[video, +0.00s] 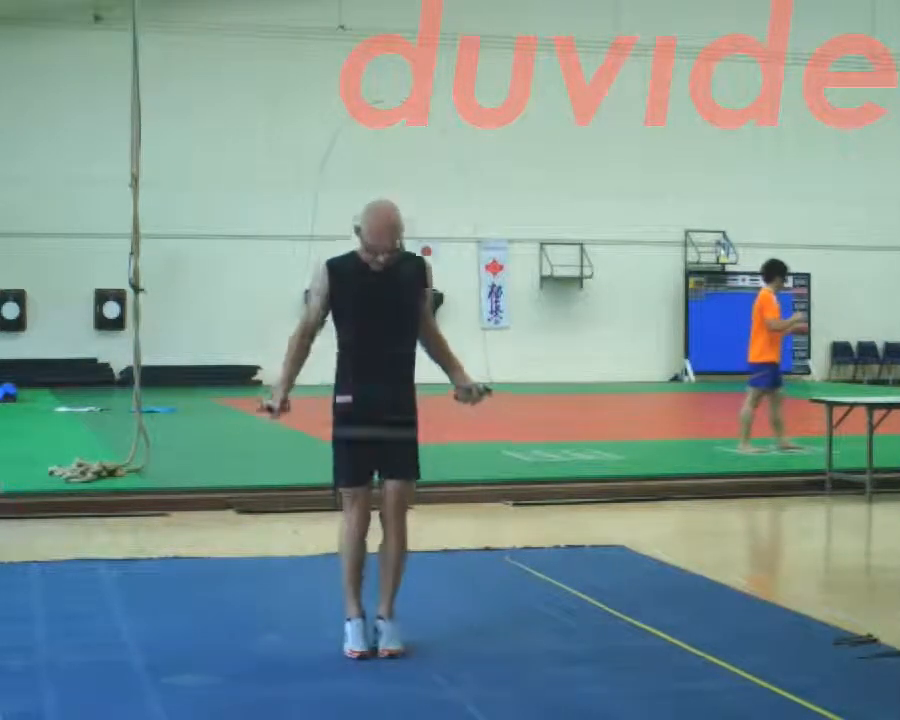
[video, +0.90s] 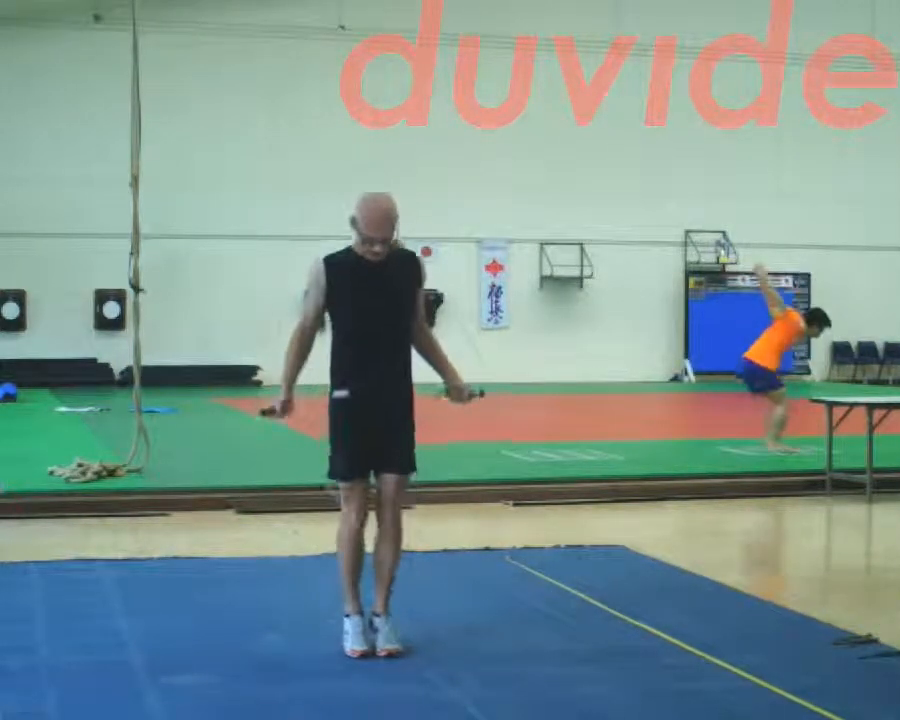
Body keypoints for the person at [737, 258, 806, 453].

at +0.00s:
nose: (784, 282)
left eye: (784, 278)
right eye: (783, 278)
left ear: (769, 277)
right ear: (776, 277)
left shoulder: (771, 297)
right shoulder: (766, 296)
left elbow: (774, 326)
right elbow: (771, 324)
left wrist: (794, 327)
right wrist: (794, 320)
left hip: (771, 358)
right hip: (762, 358)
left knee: (776, 399)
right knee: (752, 401)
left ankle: (782, 440)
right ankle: (744, 442)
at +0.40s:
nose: (793, 284)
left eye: (793, 279)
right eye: (792, 280)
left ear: (775, 278)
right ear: (786, 280)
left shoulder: (767, 297)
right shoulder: (779, 298)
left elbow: (787, 324)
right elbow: (798, 323)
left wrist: (806, 338)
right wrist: (820, 338)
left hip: (763, 356)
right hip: (768, 358)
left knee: (778, 398)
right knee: (759, 400)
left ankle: (778, 439)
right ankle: (746, 442)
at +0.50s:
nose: (801, 286)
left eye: (801, 281)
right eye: (800, 281)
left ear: (783, 280)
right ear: (793, 281)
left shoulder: (771, 299)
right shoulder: (785, 302)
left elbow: (767, 331)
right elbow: (794, 333)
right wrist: (804, 359)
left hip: (766, 357)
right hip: (773, 359)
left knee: (783, 398)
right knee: (763, 399)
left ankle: (778, 439)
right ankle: (748, 441)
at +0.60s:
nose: (810, 286)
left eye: (811, 282)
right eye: (810, 282)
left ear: (795, 279)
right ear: (803, 280)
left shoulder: (782, 294)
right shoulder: (790, 296)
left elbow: (757, 305)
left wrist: (730, 308)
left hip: (773, 351)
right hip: (773, 352)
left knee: (781, 395)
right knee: (769, 394)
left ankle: (778, 437)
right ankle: (752, 440)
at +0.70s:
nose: (816, 292)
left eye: (818, 289)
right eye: (817, 287)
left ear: (804, 281)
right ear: (810, 284)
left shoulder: (783, 291)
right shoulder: (795, 292)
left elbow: (758, 286)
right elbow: (773, 282)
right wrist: (747, 273)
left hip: (769, 344)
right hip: (769, 345)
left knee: (778, 393)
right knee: (771, 392)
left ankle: (779, 435)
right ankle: (767, 436)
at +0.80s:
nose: (817, 310)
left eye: (820, 306)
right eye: (819, 305)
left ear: (809, 294)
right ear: (813, 298)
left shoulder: (784, 296)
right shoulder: (797, 300)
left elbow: (765, 285)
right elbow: (776, 280)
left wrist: (753, 268)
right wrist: (756, 264)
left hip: (760, 346)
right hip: (767, 348)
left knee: (775, 394)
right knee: (776, 395)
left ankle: (773, 437)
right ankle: (773, 438)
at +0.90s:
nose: (818, 335)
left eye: (820, 331)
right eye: (819, 330)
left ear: (810, 320)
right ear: (813, 324)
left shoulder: (789, 319)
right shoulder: (794, 321)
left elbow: (773, 304)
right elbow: (774, 302)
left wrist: (762, 280)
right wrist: (763, 280)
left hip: (752, 363)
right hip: (760, 366)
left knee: (778, 402)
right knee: (782, 403)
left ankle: (772, 440)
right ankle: (773, 442)